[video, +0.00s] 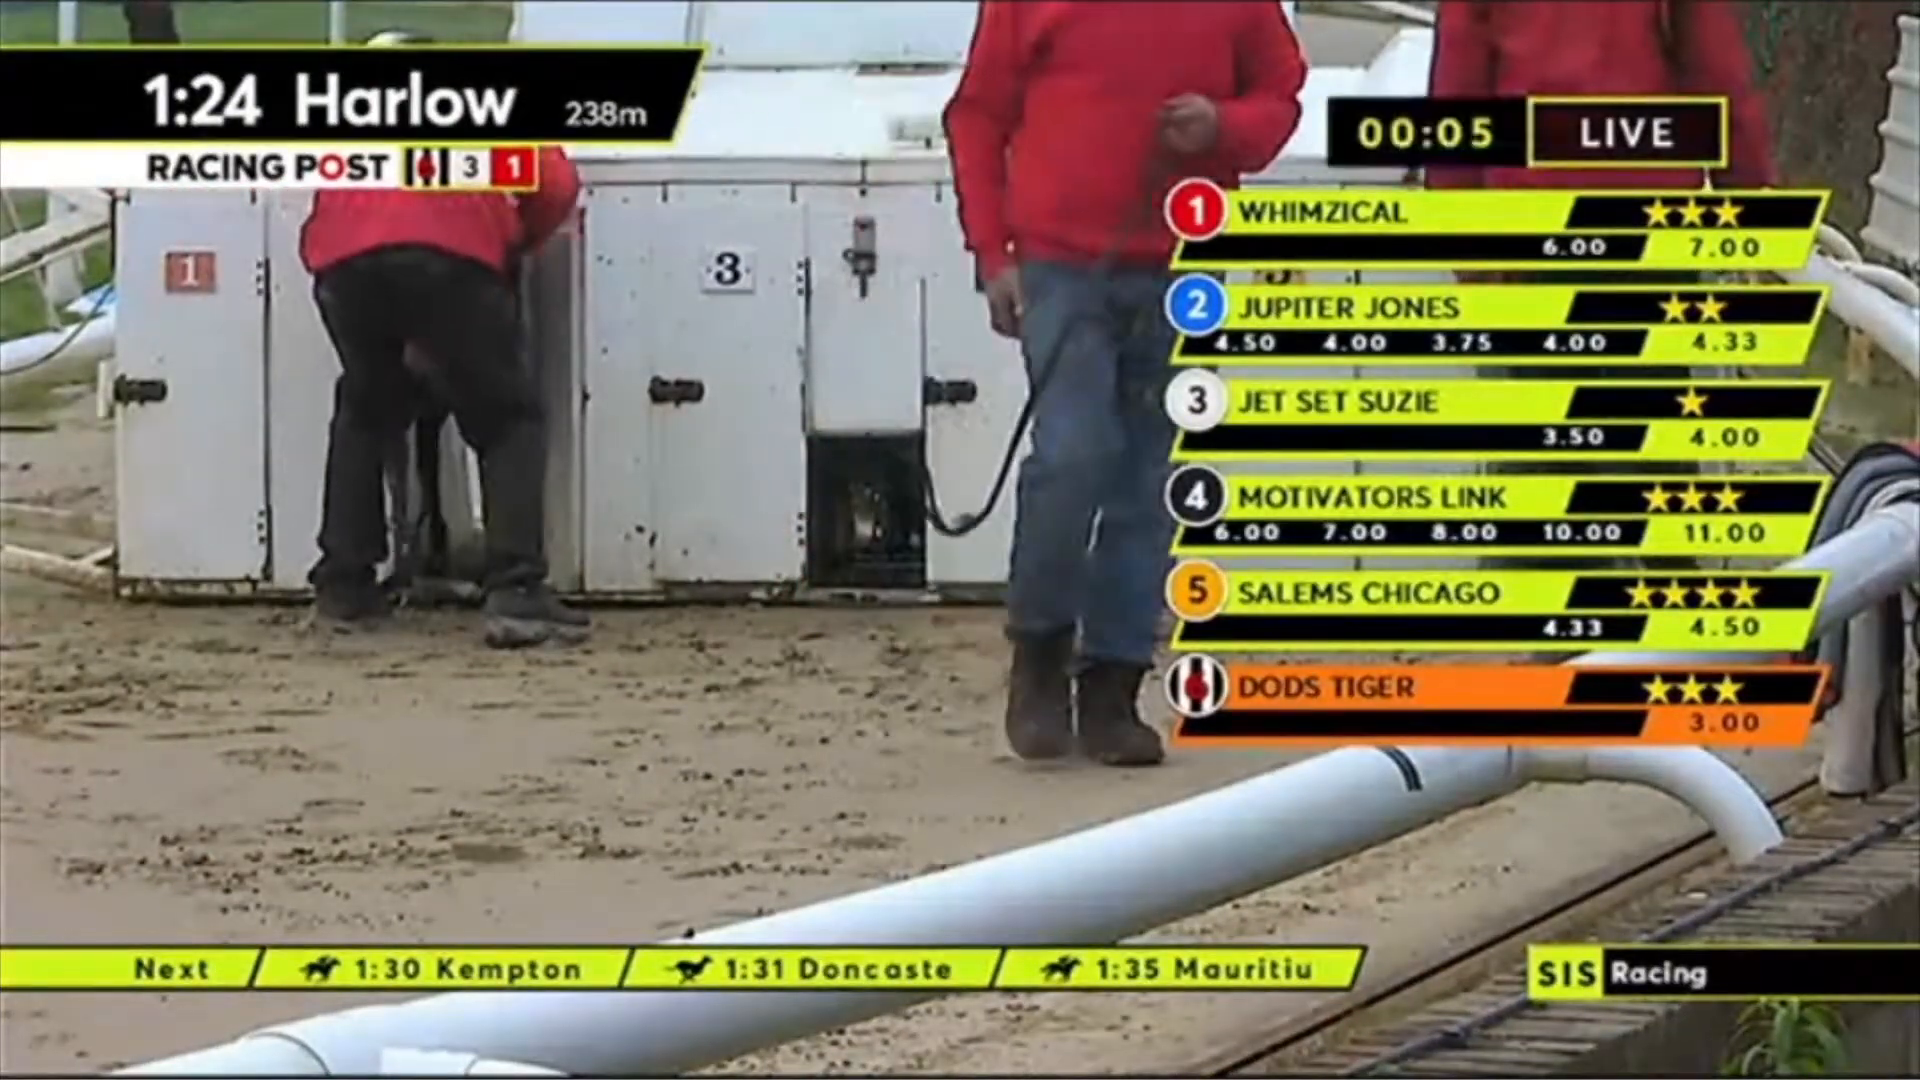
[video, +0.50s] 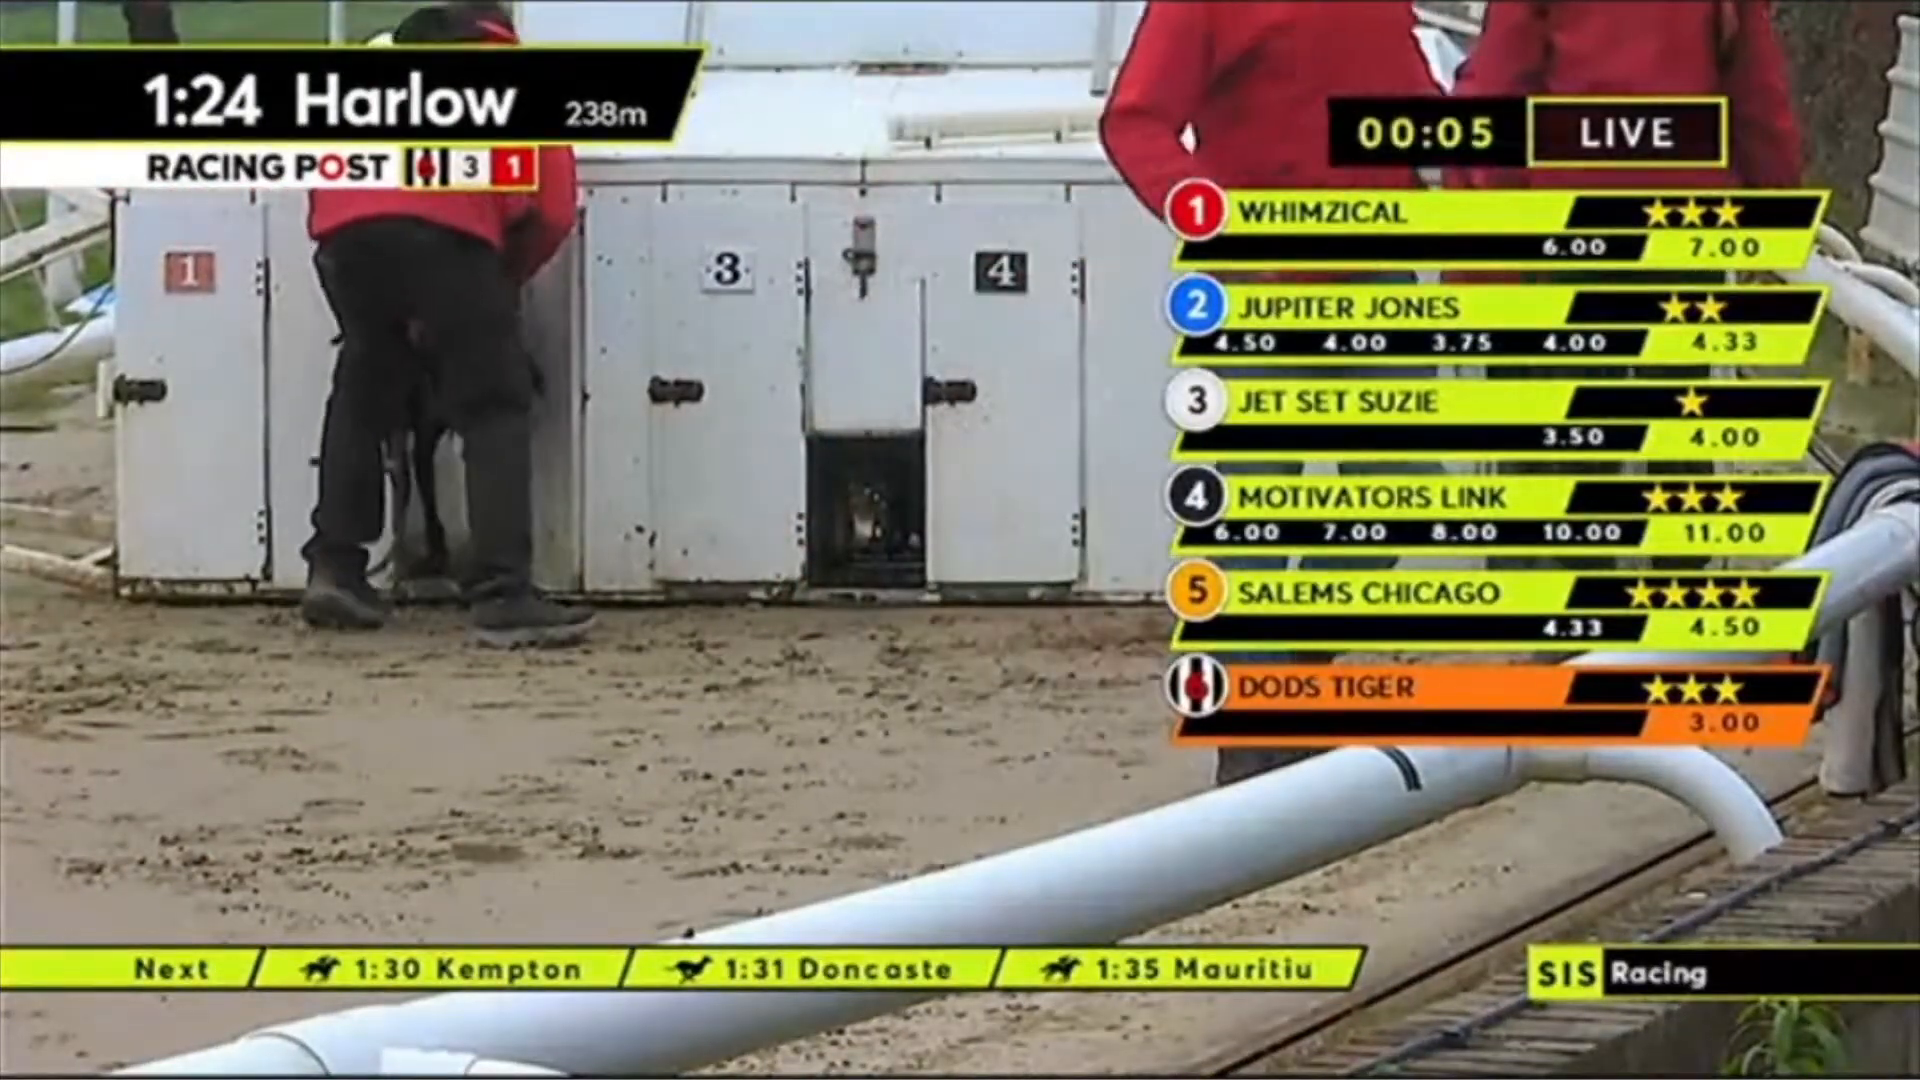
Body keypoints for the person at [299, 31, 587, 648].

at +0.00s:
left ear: (392, 78)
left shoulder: (356, 126)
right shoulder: (502, 118)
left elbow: (316, 235)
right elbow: (560, 187)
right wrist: (505, 246)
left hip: (345, 264)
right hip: (454, 260)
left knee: (365, 395)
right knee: (505, 419)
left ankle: (343, 584)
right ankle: (515, 590)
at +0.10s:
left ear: (374, 67)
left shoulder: (349, 121)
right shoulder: (488, 124)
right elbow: (572, 142)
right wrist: (502, 221)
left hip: (344, 255)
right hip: (451, 248)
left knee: (361, 393)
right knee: (502, 416)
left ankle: (341, 585)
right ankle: (514, 589)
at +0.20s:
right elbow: (572, 142)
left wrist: (400, 323)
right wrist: (517, 232)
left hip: (339, 223)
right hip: (443, 218)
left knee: (362, 388)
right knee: (502, 399)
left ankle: (341, 586)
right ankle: (511, 590)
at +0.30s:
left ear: (378, 60)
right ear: (463, 59)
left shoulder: (353, 107)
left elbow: (327, 224)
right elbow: (564, 166)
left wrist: (407, 327)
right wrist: (518, 263)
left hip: (349, 231)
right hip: (453, 226)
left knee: (360, 390)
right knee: (503, 407)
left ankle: (340, 586)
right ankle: (500, 591)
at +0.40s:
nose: (476, 45)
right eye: (473, 40)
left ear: (395, 55)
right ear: (465, 46)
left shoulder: (357, 102)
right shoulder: (504, 95)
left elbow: (332, 215)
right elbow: (567, 175)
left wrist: (414, 324)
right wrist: (505, 280)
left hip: (355, 242)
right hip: (459, 237)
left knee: (364, 393)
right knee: (503, 410)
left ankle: (341, 587)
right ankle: (503, 593)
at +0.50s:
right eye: (512, 24)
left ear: (423, 24)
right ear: (500, 26)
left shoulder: (367, 65)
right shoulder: (523, 73)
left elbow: (329, 194)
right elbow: (556, 213)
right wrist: (485, 290)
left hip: (345, 232)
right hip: (449, 238)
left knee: (369, 363)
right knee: (494, 404)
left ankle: (333, 570)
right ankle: (504, 591)